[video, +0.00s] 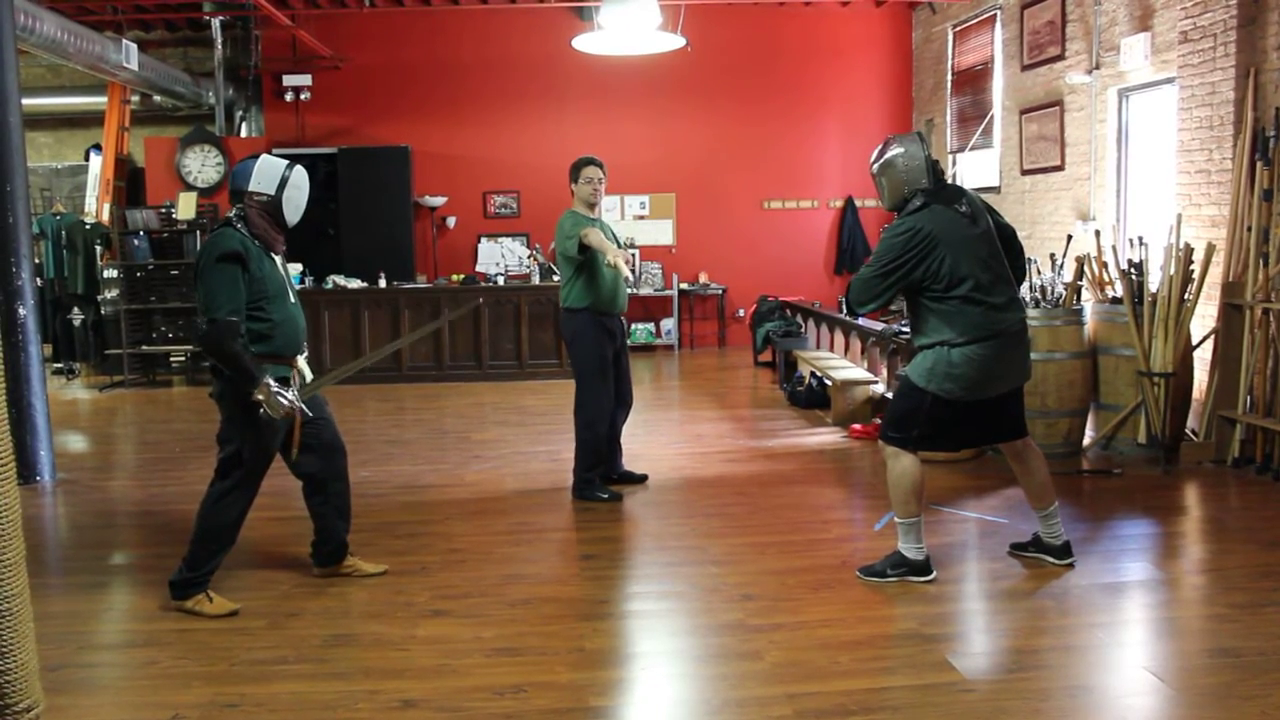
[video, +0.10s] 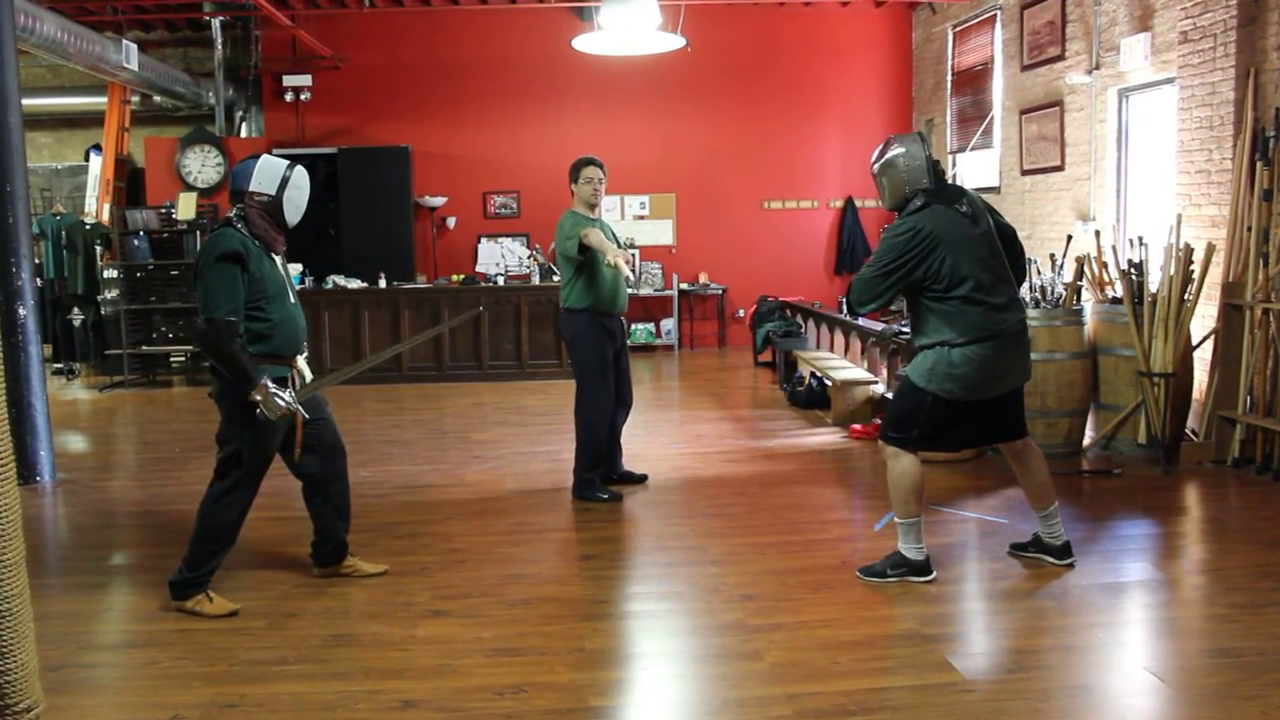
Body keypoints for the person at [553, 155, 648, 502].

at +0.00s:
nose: (596, 186)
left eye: (600, 181)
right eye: (588, 181)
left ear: (605, 186)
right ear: (574, 186)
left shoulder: (603, 226)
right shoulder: (571, 220)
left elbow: (614, 256)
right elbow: (591, 237)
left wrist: (623, 258)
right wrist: (612, 253)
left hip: (610, 319)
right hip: (585, 320)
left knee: (619, 398)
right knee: (594, 399)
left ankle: (610, 469)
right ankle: (585, 482)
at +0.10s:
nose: (596, 187)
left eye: (600, 181)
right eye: (588, 181)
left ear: (605, 187)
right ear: (574, 187)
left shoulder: (603, 226)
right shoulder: (571, 220)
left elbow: (615, 255)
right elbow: (591, 237)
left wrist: (623, 258)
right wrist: (612, 253)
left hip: (611, 320)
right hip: (585, 320)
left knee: (619, 398)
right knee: (595, 399)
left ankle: (610, 469)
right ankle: (585, 481)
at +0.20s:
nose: (596, 187)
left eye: (601, 181)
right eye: (589, 181)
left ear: (605, 187)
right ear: (574, 187)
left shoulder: (604, 227)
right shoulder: (570, 221)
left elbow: (615, 256)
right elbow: (590, 237)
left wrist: (623, 259)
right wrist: (612, 253)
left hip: (611, 320)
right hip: (585, 321)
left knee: (620, 398)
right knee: (595, 400)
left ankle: (610, 469)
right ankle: (585, 482)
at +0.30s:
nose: (596, 187)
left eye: (601, 181)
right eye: (589, 181)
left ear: (605, 187)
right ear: (574, 187)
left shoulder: (604, 227)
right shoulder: (570, 221)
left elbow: (615, 256)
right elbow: (591, 237)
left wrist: (622, 258)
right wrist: (613, 253)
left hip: (611, 320)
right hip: (585, 321)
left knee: (620, 398)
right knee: (596, 400)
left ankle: (610, 469)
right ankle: (586, 482)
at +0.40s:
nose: (597, 187)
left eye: (601, 181)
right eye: (589, 181)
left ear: (605, 187)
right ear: (574, 187)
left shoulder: (604, 226)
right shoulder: (570, 221)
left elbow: (614, 256)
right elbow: (590, 237)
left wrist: (622, 257)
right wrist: (613, 253)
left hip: (611, 320)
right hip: (585, 322)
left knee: (621, 398)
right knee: (596, 400)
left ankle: (609, 469)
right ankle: (586, 482)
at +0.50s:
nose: (597, 187)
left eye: (601, 181)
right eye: (589, 181)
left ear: (606, 186)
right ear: (573, 188)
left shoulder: (607, 226)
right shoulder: (570, 221)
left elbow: (622, 256)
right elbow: (590, 236)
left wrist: (625, 254)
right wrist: (613, 249)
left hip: (612, 320)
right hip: (585, 321)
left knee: (622, 399)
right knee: (597, 401)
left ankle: (608, 468)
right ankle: (586, 482)